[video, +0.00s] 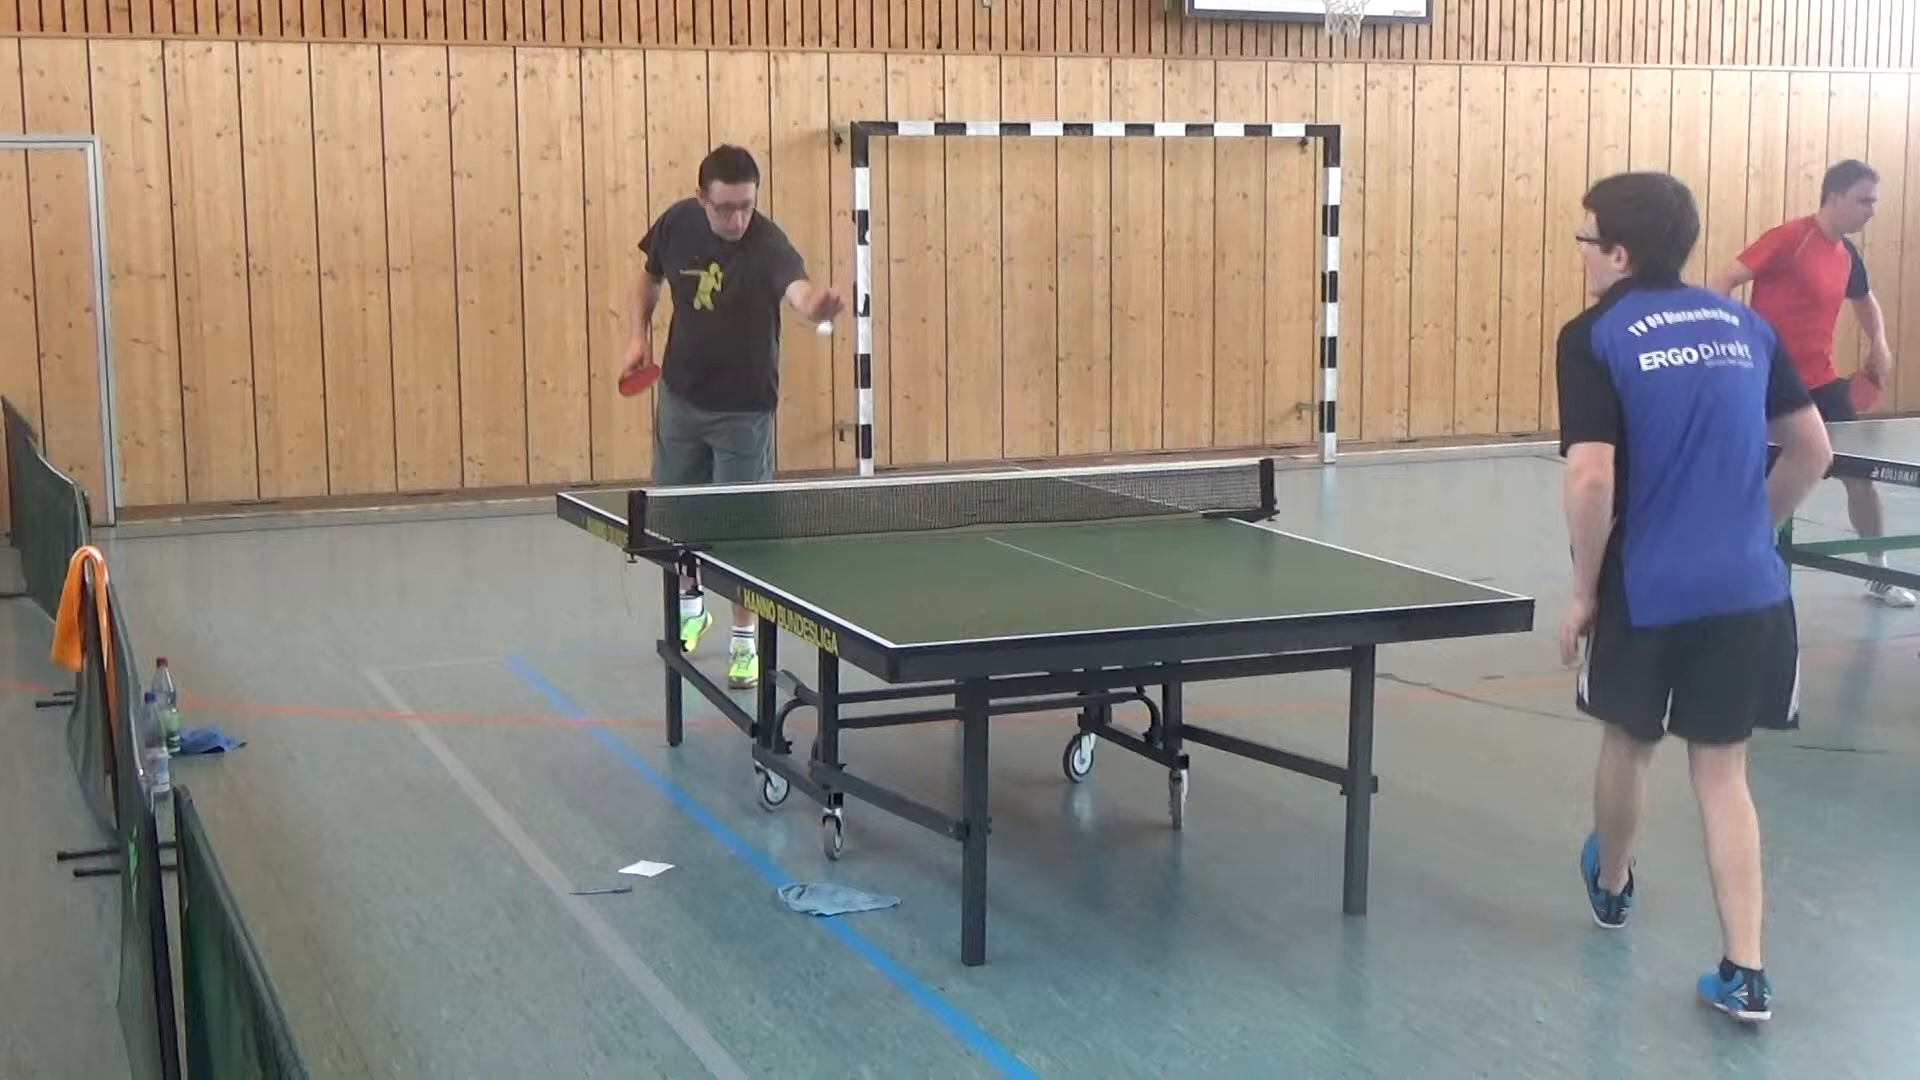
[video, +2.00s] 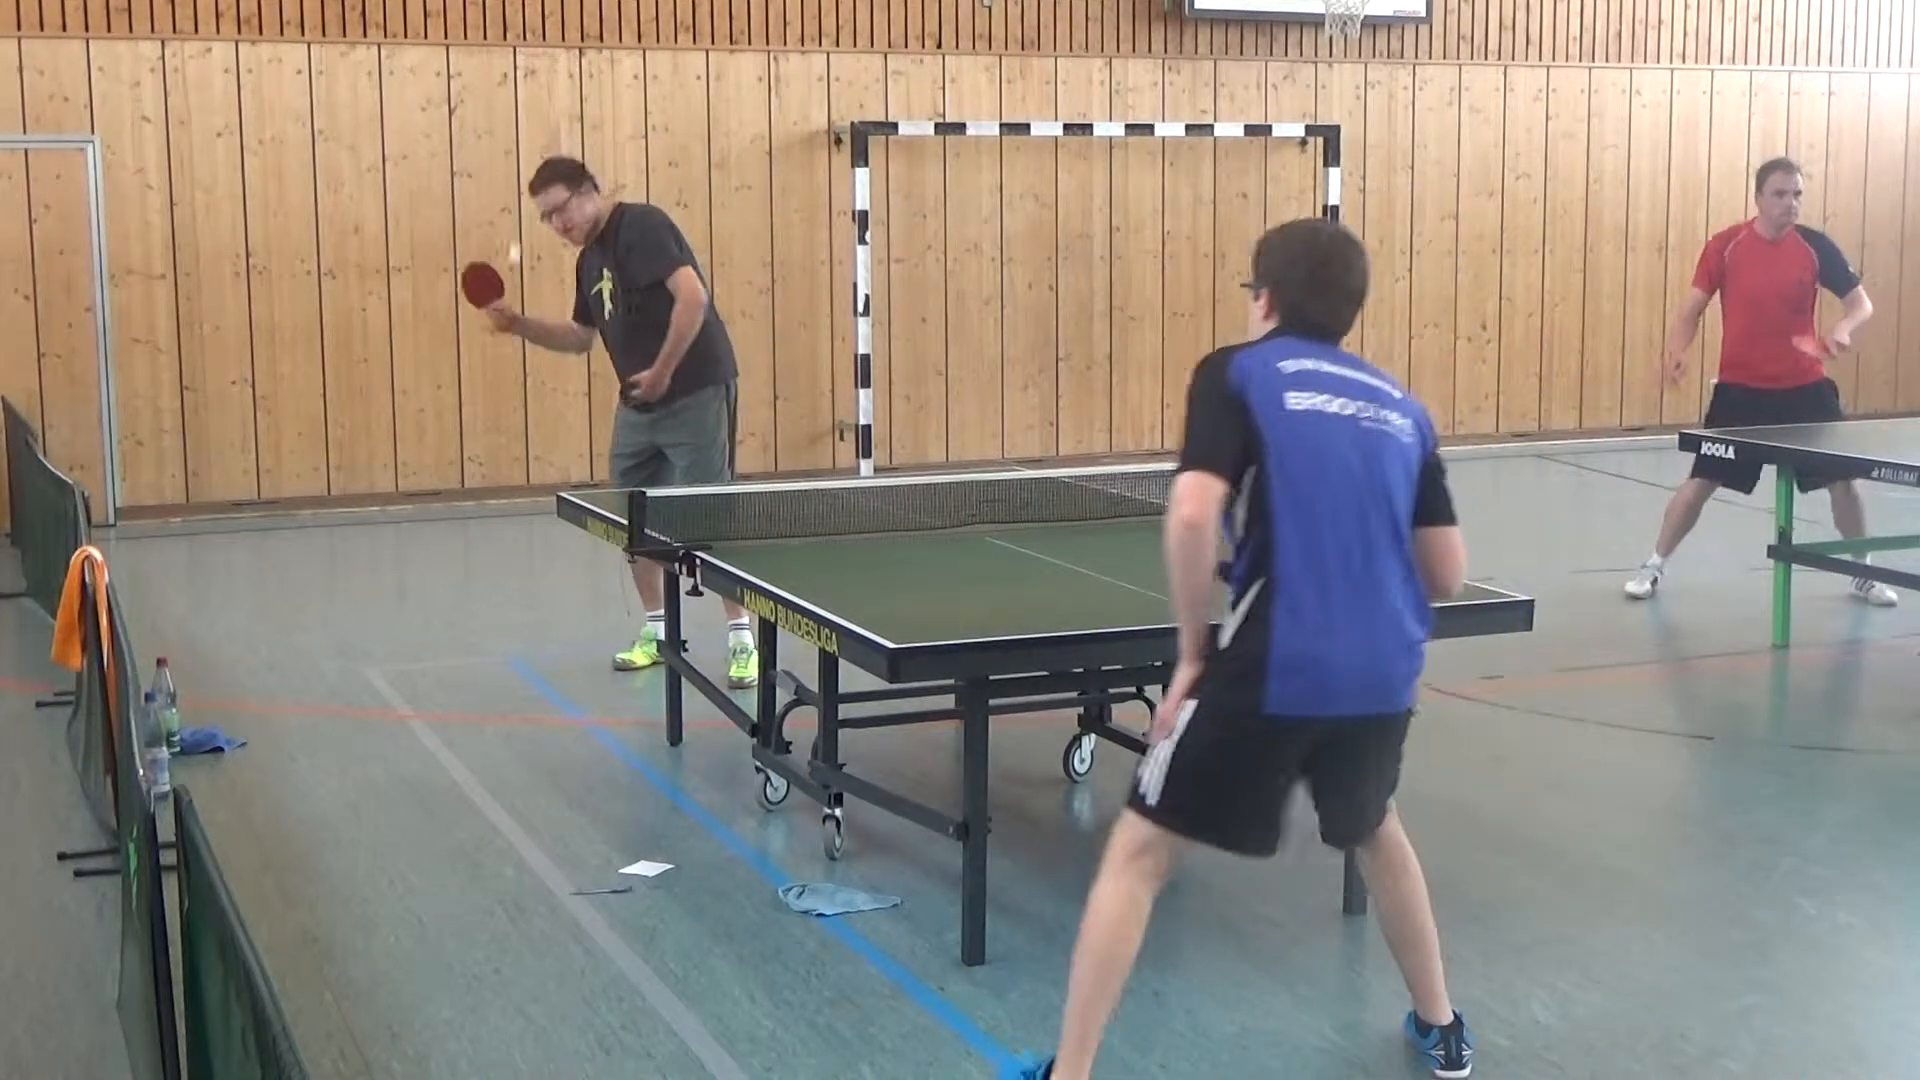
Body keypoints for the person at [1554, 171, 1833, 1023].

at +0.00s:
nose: (1579, 254)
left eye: (1588, 243)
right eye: (1582, 239)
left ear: (1624, 251)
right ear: (1673, 248)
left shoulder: (1591, 337)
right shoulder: (1747, 324)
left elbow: (1592, 475)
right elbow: (1811, 449)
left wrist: (1583, 590)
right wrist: (1754, 525)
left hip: (1646, 591)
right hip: (1747, 588)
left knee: (1627, 742)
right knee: (1724, 769)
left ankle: (1611, 882)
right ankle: (1746, 972)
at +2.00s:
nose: (1247, 307)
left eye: (1251, 295)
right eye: (1251, 293)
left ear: (1269, 304)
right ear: (1350, 313)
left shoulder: (1238, 372)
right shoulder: (1403, 405)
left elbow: (1193, 512)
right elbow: (1446, 575)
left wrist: (1192, 651)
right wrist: (1365, 573)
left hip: (1271, 670)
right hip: (1382, 678)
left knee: (1138, 856)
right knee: (1374, 825)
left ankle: (1068, 1069)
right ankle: (1441, 1026)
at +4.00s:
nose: (1157, 333)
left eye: (1166, 314)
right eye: (1157, 315)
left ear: (1224, 316)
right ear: (1233, 316)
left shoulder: (1273, 403)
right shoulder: (1285, 396)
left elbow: (1276, 589)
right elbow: (1115, 499)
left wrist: (1185, 569)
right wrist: (956, 499)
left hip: (1318, 730)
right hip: (1403, 718)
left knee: (1130, 921)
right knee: (1422, 909)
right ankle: (1541, 1071)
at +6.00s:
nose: (1247, 268)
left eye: (1280, 228)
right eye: (1205, 228)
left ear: (1311, 231)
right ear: (1125, 234)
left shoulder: (1356, 429)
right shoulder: (1004, 450)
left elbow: (1411, 679)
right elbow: (903, 722)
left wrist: (1457, 900)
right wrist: (916, 1018)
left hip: (1302, 994)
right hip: (1096, 1014)